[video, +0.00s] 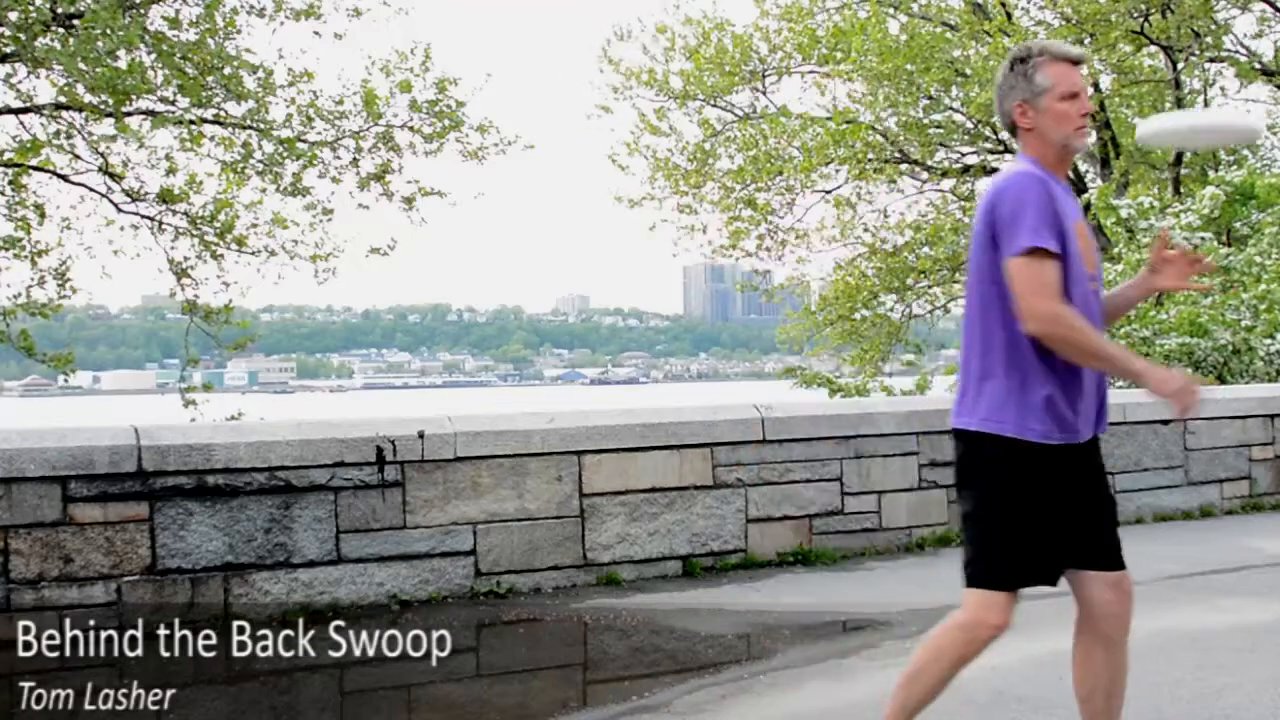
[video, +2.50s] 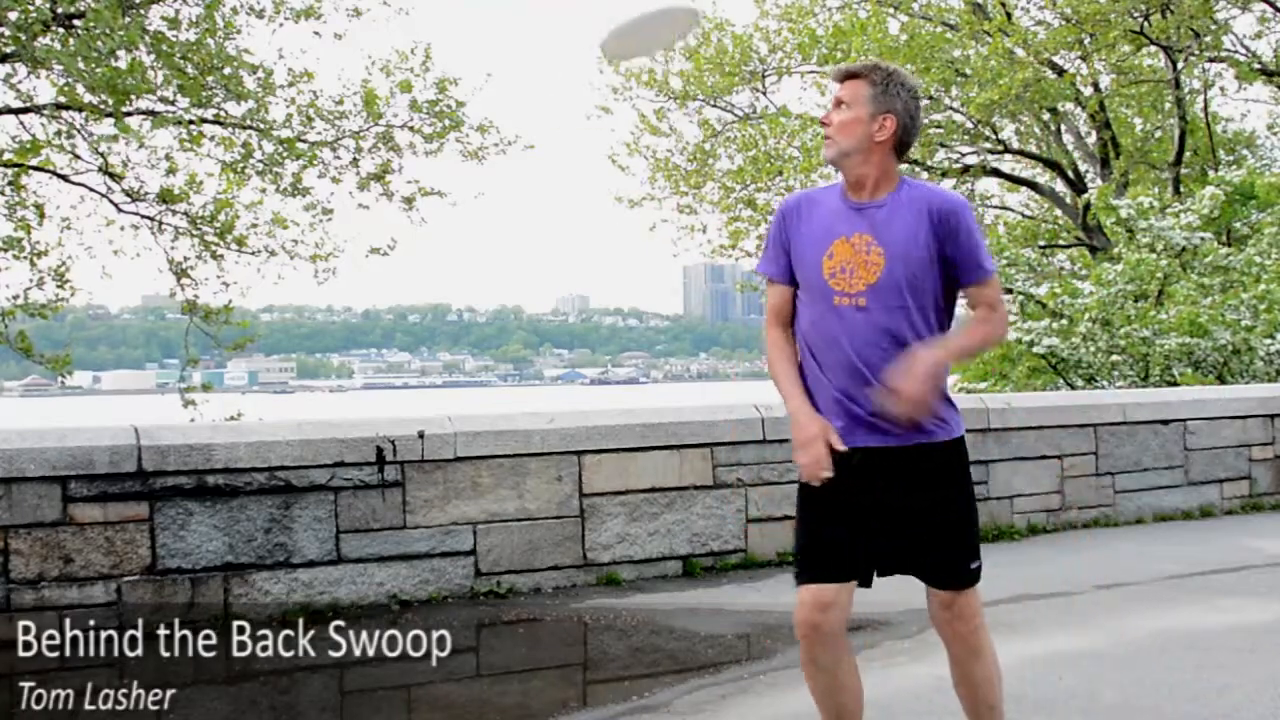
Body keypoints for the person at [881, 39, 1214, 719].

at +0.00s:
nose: (1087, 108)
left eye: (1086, 96)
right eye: (1069, 98)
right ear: (1024, 115)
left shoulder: (1060, 196)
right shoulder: (1020, 188)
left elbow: (1079, 318)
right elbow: (1040, 317)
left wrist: (1145, 282)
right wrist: (1148, 374)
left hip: (1067, 436)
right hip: (1003, 435)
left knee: (1108, 600)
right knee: (985, 613)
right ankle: (893, 713)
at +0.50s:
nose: (1022, 156)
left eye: (1025, 142)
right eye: (1012, 139)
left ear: (986, 144)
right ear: (966, 136)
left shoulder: (986, 237)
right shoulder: (909, 207)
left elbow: (990, 361)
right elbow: (870, 323)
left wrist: (1098, 375)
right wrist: (949, 425)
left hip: (985, 452)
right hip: (896, 456)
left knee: (1074, 595)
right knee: (887, 637)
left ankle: (1089, 719)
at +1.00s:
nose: (985, 203)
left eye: (990, 190)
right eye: (977, 186)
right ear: (930, 173)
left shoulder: (947, 276)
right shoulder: (858, 229)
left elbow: (949, 391)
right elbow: (794, 335)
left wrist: (1003, 479)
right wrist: (771, 452)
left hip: (914, 438)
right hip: (833, 455)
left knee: (1040, 484)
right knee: (852, 646)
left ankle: (1091, 689)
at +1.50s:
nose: (919, 187)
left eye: (931, 175)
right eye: (907, 170)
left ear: (941, 177)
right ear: (870, 160)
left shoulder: (930, 262)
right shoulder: (815, 229)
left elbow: (915, 371)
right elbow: (757, 338)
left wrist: (939, 457)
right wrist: (741, 451)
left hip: (908, 436)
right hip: (825, 453)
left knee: (1042, 478)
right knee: (846, 641)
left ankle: (1106, 685)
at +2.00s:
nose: (836, 123)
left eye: (852, 112)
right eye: (834, 111)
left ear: (900, 129)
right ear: (834, 122)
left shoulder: (943, 217)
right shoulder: (800, 202)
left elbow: (920, 315)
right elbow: (783, 322)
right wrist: (836, 426)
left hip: (930, 428)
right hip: (835, 431)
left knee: (998, 589)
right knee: (846, 622)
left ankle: (1022, 715)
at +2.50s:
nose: (824, 118)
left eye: (840, 107)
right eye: (829, 106)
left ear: (884, 127)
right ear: (871, 127)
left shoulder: (942, 212)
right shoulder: (796, 215)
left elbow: (992, 317)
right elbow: (777, 327)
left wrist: (931, 356)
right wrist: (802, 416)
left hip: (928, 448)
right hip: (834, 451)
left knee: (957, 613)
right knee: (816, 621)